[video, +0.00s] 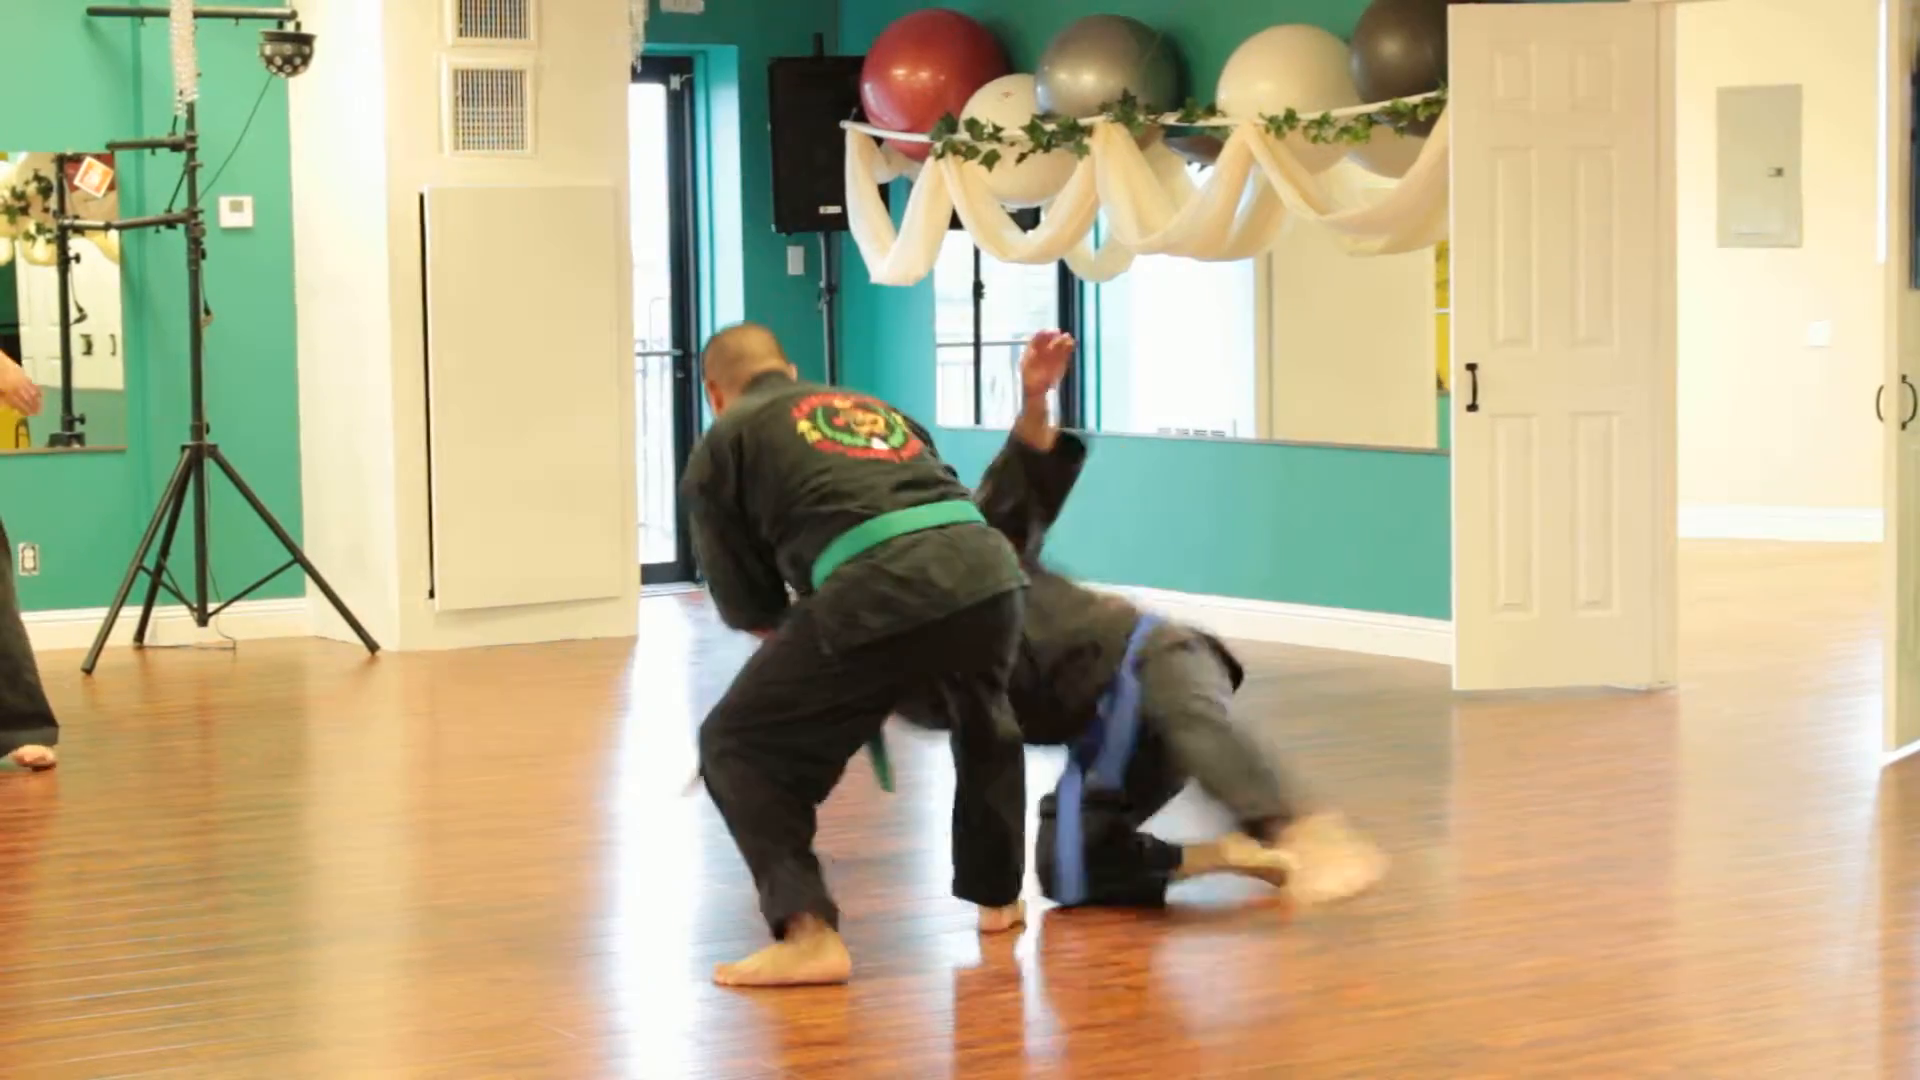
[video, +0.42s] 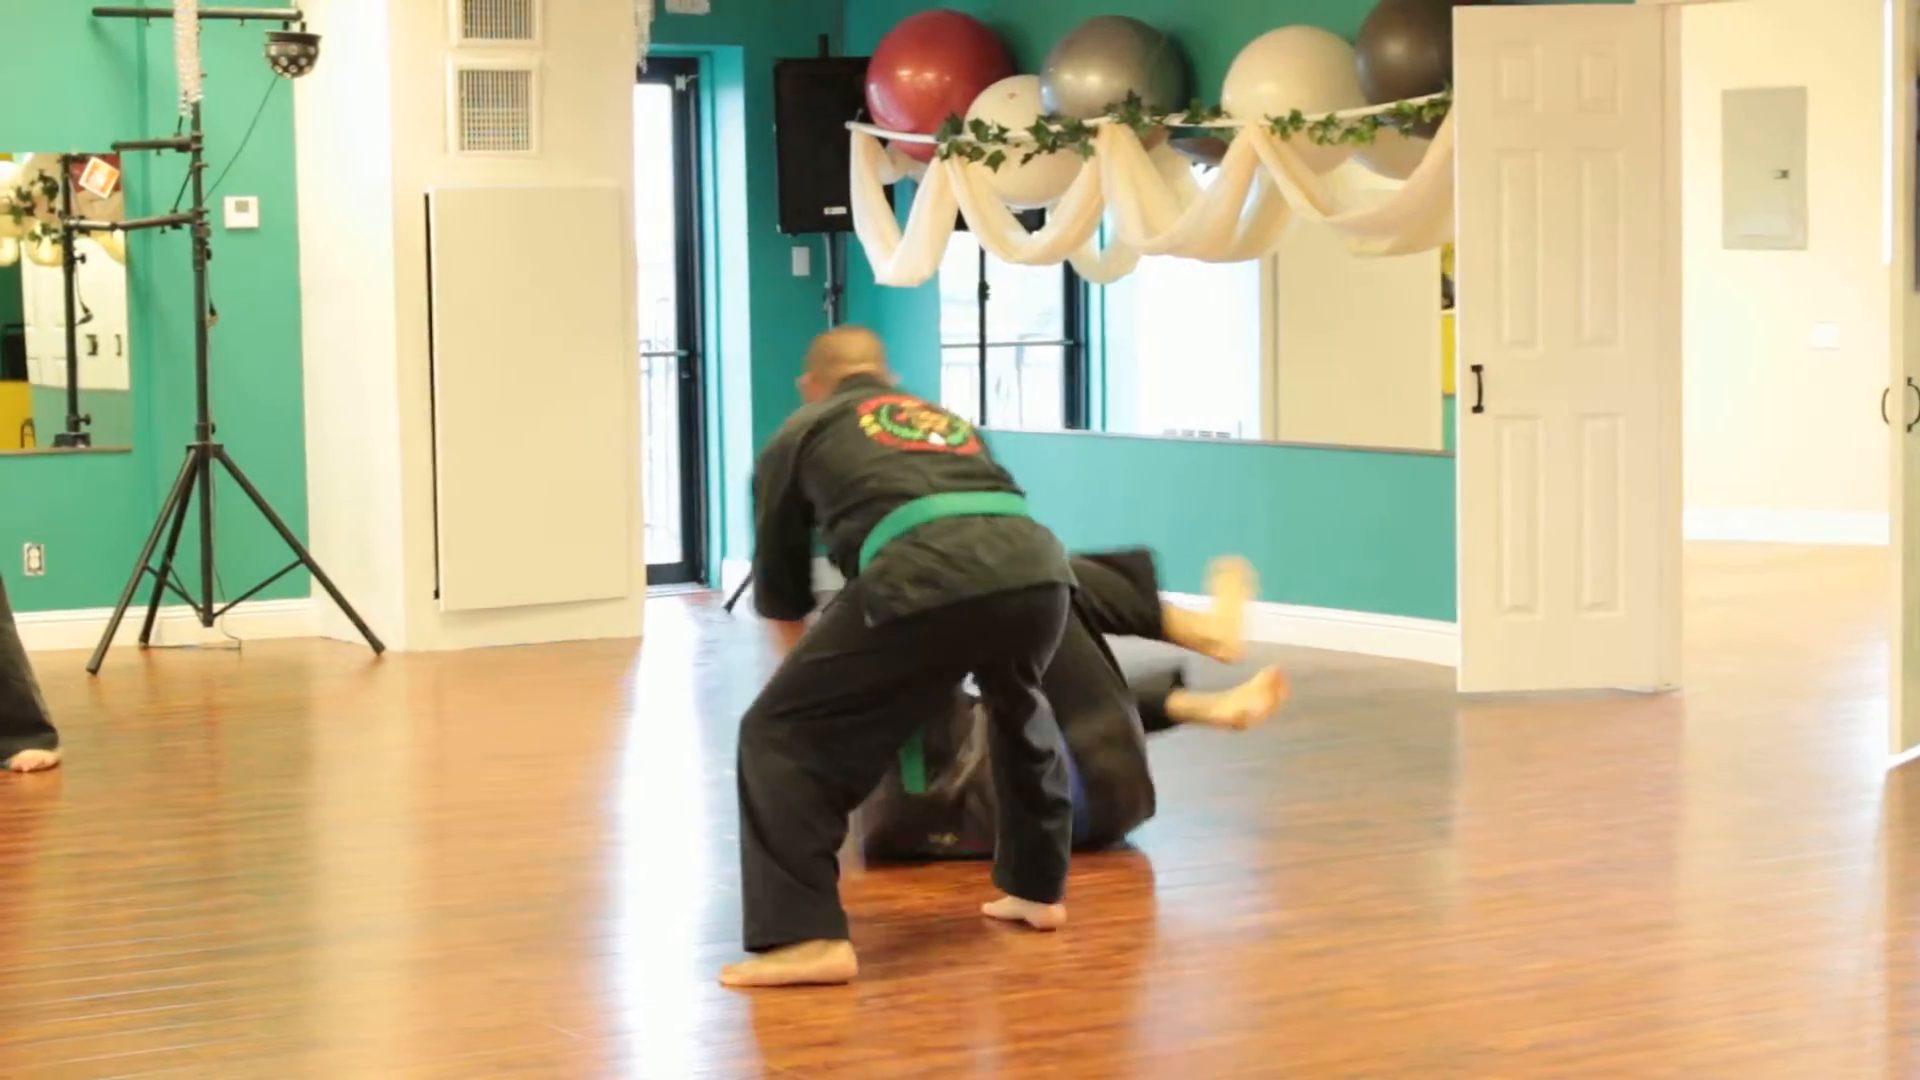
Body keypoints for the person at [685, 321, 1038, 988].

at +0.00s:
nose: (713, 404)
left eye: (709, 395)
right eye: (712, 396)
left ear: (717, 390)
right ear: (789, 370)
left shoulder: (721, 446)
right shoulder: (870, 406)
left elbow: (749, 609)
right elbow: (937, 497)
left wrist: (820, 642)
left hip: (878, 587)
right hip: (987, 564)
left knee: (736, 743)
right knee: (987, 717)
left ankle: (809, 935)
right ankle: (999, 899)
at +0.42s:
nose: (801, 395)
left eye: (801, 389)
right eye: (802, 390)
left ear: (812, 388)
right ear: (883, 377)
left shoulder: (795, 440)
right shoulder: (936, 417)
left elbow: (785, 605)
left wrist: (805, 698)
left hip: (923, 581)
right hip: (1037, 569)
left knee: (777, 733)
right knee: (1018, 694)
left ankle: (808, 936)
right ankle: (1036, 890)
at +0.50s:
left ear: (863, 366)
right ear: (935, 359)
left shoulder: (836, 420)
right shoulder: (990, 408)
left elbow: (835, 561)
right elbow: (1013, 511)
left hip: (914, 566)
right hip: (1033, 558)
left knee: (806, 728)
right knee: (1027, 710)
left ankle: (824, 914)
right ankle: (1030, 890)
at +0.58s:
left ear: (951, 338)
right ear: (1021, 339)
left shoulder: (907, 387)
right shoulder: (1066, 397)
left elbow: (887, 495)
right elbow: (1093, 521)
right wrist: (1075, 595)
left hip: (923, 546)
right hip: (1045, 551)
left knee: (837, 714)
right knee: (1063, 704)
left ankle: (840, 852)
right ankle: (1065, 887)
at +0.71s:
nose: (1098, 328)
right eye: (1096, 320)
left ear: (1013, 317)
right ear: (1090, 325)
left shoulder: (948, 359)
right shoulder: (1116, 385)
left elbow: (924, 455)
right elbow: (1127, 537)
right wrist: (1091, 555)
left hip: (896, 525)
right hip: (1016, 532)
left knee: (880, 682)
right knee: (1075, 703)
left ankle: (836, 809)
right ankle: (1089, 886)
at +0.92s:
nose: (1095, 302)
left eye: (1095, 293)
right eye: (1095, 292)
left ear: (1018, 282)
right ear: (1083, 289)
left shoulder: (967, 336)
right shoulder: (1074, 338)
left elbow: (957, 450)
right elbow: (1133, 463)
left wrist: (1042, 540)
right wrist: (1125, 523)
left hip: (856, 526)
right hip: (951, 528)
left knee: (885, 654)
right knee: (1086, 676)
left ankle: (835, 833)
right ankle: (1083, 875)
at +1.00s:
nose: (1079, 298)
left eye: (1077, 289)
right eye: (1078, 288)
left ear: (999, 279)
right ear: (1067, 284)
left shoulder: (949, 336)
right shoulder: (1045, 320)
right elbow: (1132, 391)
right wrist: (1170, 491)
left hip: (862, 532)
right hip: (956, 534)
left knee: (886, 653)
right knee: (1074, 688)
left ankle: (841, 832)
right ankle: (1085, 871)